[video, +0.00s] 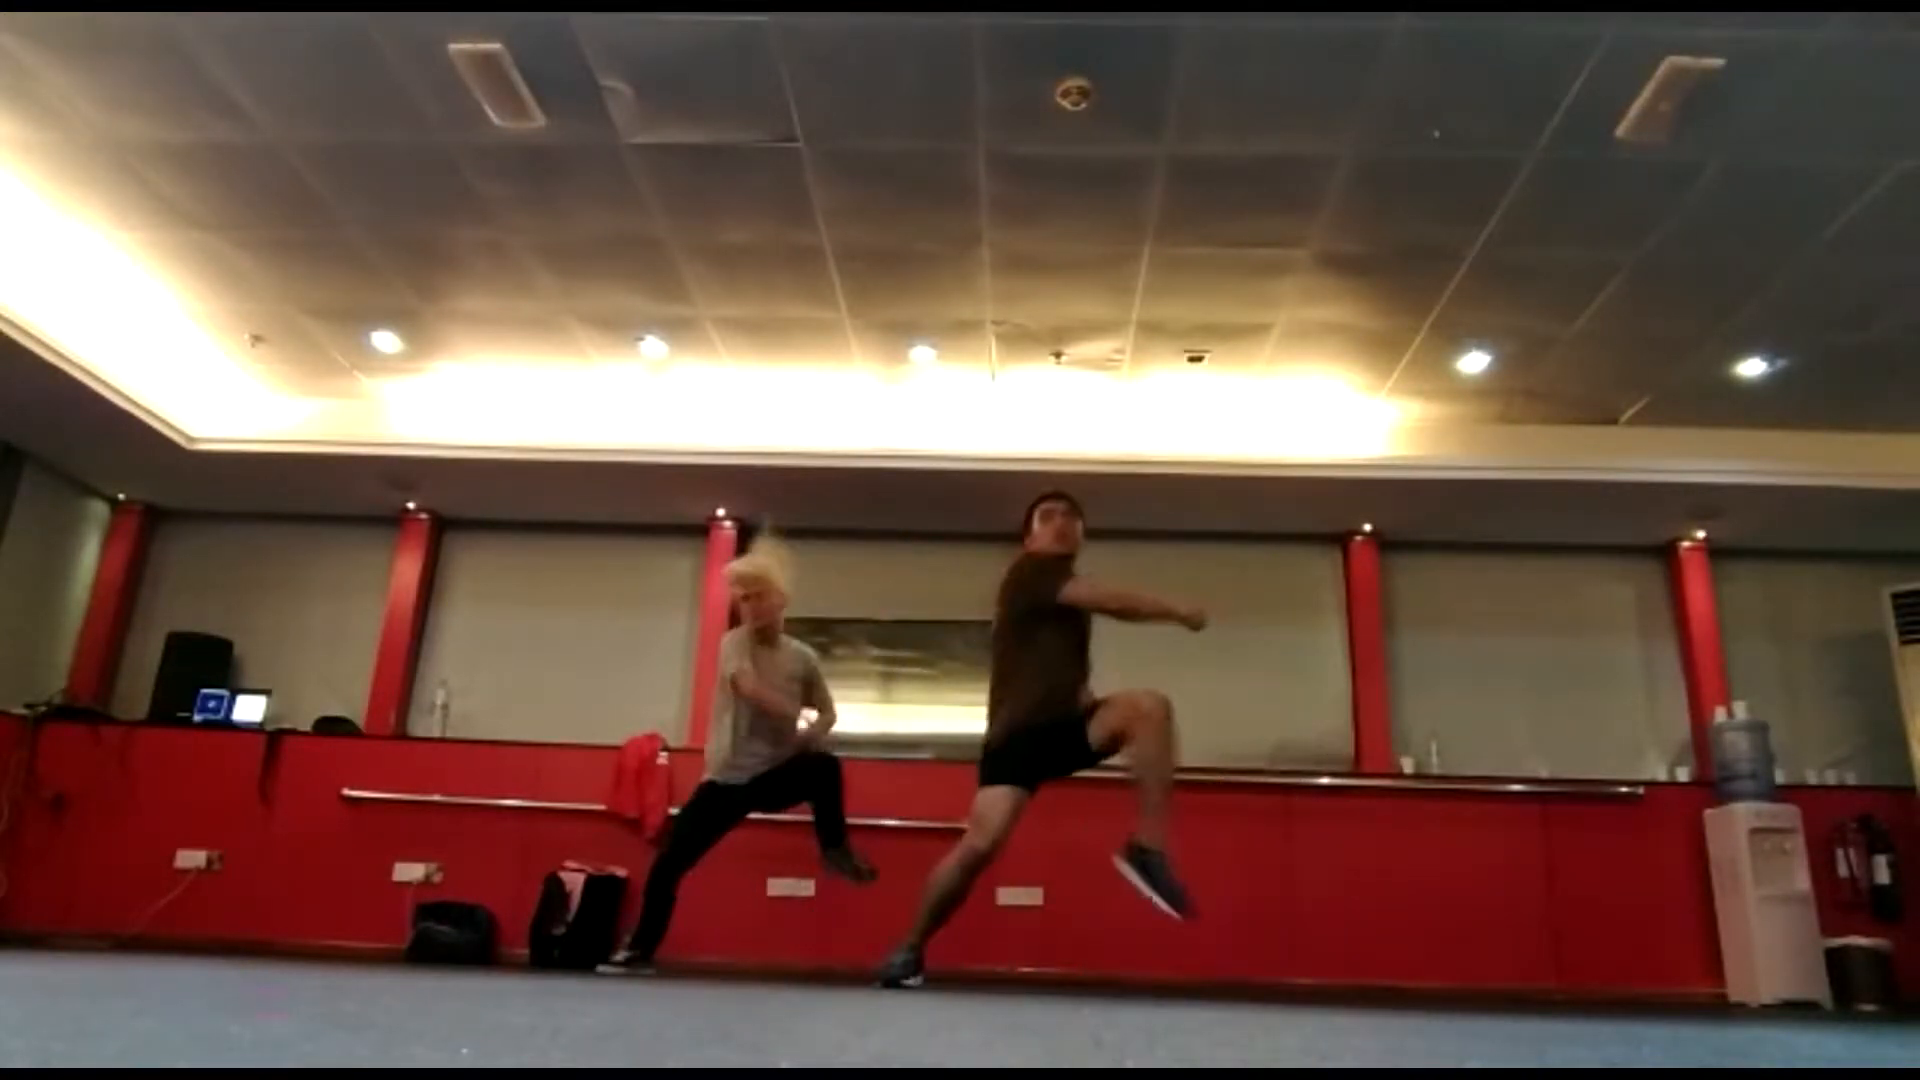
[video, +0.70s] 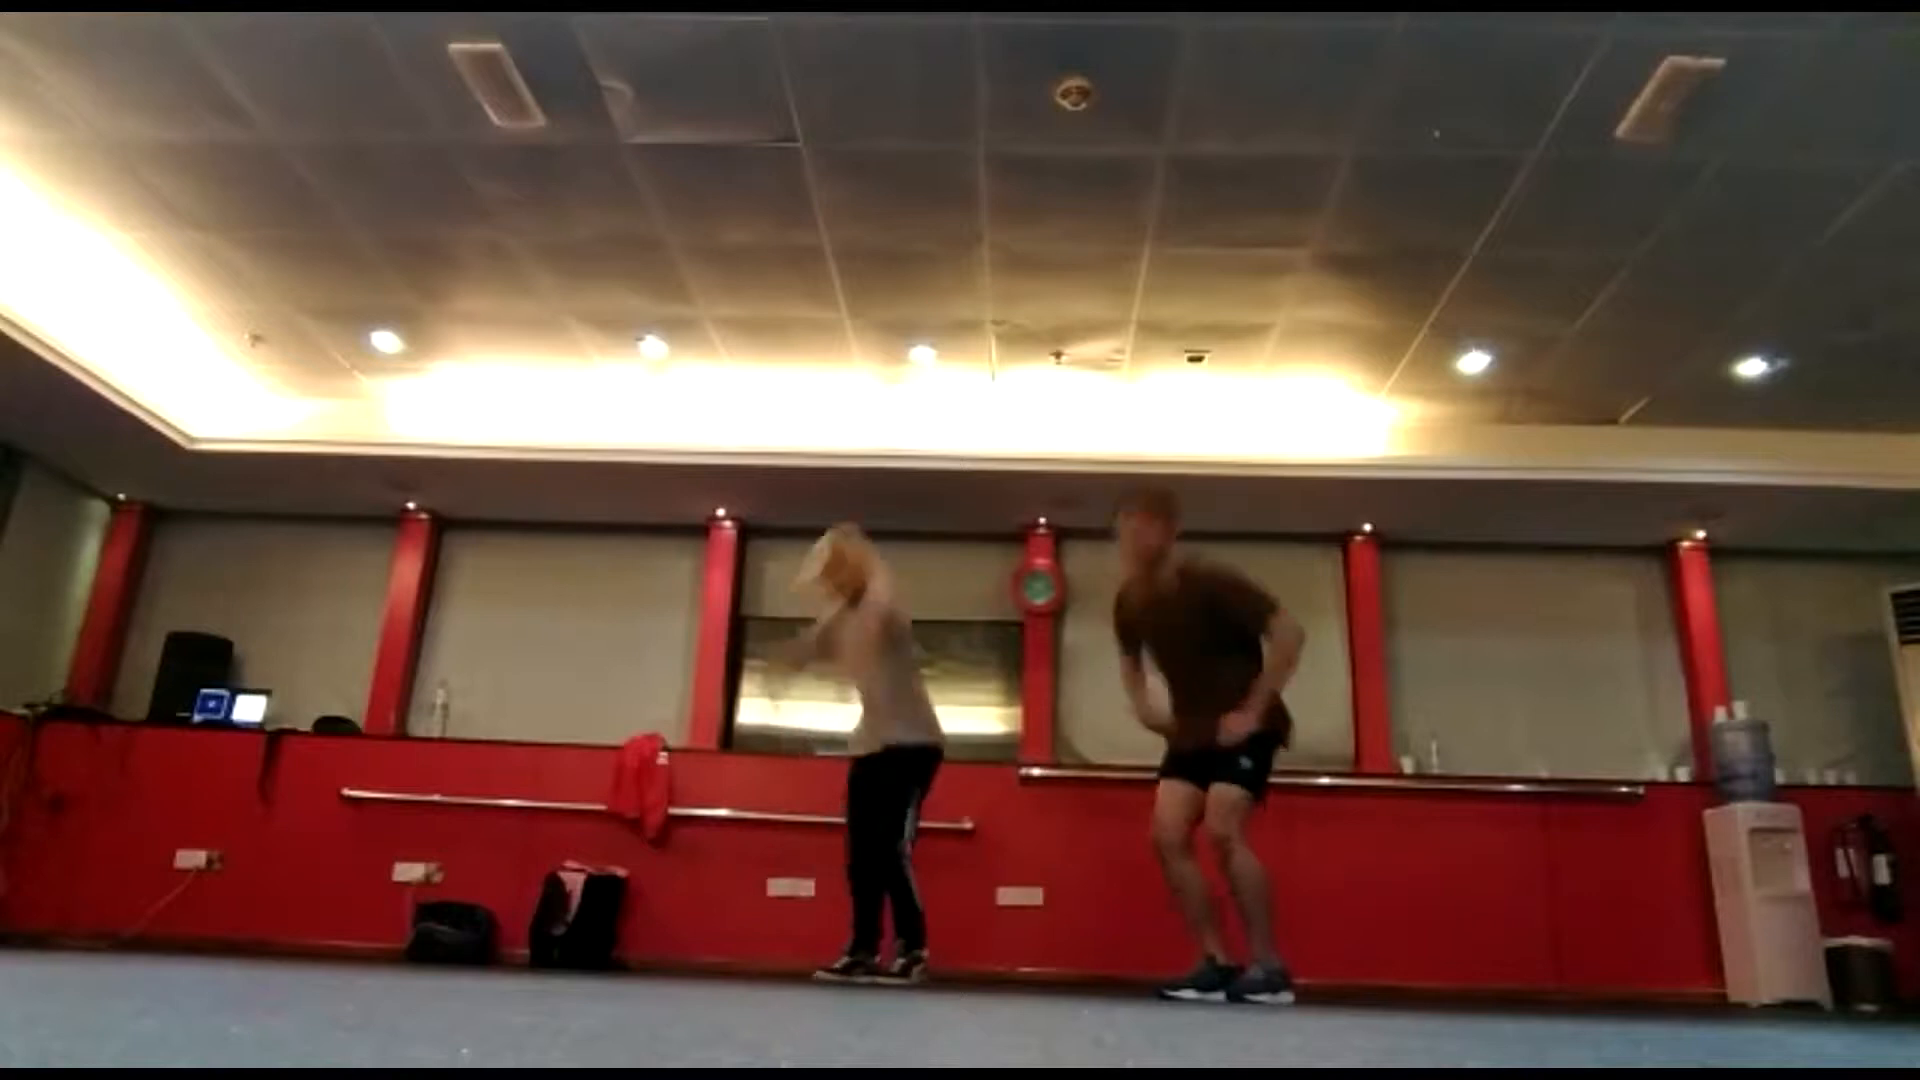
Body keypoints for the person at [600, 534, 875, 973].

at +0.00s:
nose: (749, 608)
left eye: (756, 598)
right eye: (743, 600)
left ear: (780, 600)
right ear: (736, 604)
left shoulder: (800, 658)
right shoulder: (735, 644)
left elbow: (827, 713)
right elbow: (745, 687)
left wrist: (807, 741)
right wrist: (794, 712)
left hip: (774, 777)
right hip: (726, 781)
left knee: (824, 765)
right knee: (669, 862)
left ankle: (836, 849)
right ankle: (641, 949)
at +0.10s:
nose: (768, 602)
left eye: (775, 593)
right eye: (762, 593)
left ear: (792, 598)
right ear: (750, 597)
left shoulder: (811, 656)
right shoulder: (747, 637)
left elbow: (830, 718)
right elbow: (743, 624)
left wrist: (809, 746)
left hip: (780, 772)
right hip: (728, 774)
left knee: (863, 798)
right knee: (675, 858)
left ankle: (855, 900)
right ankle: (642, 950)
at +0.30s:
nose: (817, 600)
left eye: (826, 591)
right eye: (809, 591)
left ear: (839, 598)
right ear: (797, 598)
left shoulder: (853, 650)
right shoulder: (781, 640)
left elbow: (883, 711)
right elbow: (737, 652)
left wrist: (853, 751)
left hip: (830, 781)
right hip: (775, 781)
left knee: (892, 851)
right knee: (713, 864)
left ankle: (857, 954)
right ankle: (643, 945)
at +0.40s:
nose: (806, 606)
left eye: (814, 596)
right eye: (798, 598)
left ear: (831, 601)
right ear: (789, 606)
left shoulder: (859, 639)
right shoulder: (796, 653)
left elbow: (906, 685)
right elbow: (768, 696)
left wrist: (879, 738)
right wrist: (762, 745)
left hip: (874, 777)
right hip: (827, 779)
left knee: (855, 867)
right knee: (768, 834)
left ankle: (893, 950)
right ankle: (768, 936)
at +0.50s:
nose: (795, 630)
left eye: (803, 619)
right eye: (787, 622)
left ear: (826, 620)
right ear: (782, 630)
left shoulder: (849, 661)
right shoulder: (801, 678)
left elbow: (896, 713)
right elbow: (797, 743)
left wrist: (885, 773)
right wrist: (796, 799)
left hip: (903, 770)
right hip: (859, 775)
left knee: (857, 860)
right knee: (819, 853)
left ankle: (906, 952)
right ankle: (853, 951)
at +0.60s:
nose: (800, 629)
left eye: (801, 619)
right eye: (796, 623)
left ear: (818, 607)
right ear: (805, 621)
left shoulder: (860, 630)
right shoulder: (825, 650)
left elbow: (879, 685)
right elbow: (809, 693)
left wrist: (871, 748)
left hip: (919, 760)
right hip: (879, 762)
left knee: (881, 855)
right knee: (844, 852)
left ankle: (908, 952)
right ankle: (859, 952)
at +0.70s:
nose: (829, 581)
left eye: (833, 571)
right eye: (825, 574)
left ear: (853, 567)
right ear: (831, 576)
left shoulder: (883, 615)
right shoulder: (842, 621)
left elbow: (882, 606)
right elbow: (803, 652)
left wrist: (872, 567)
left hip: (912, 744)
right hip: (872, 746)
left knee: (891, 850)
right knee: (862, 855)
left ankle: (911, 950)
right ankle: (862, 951)